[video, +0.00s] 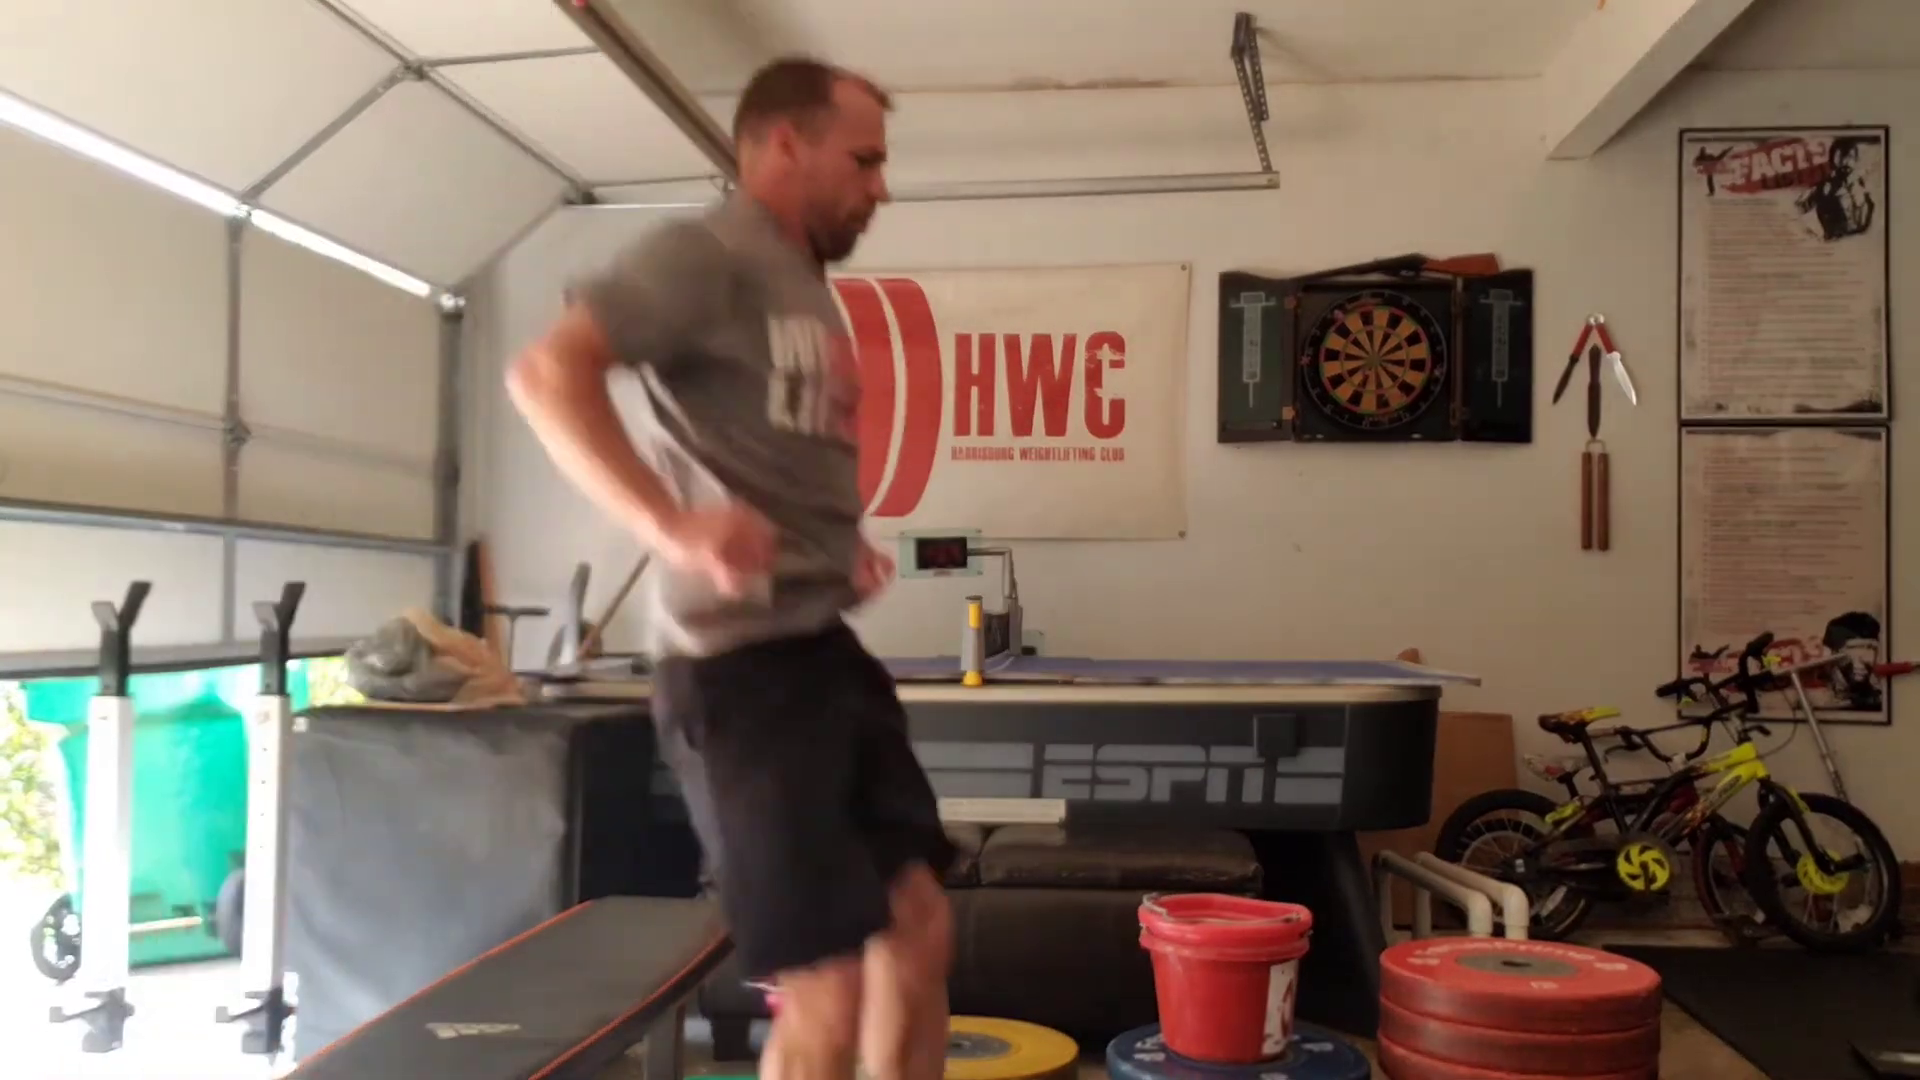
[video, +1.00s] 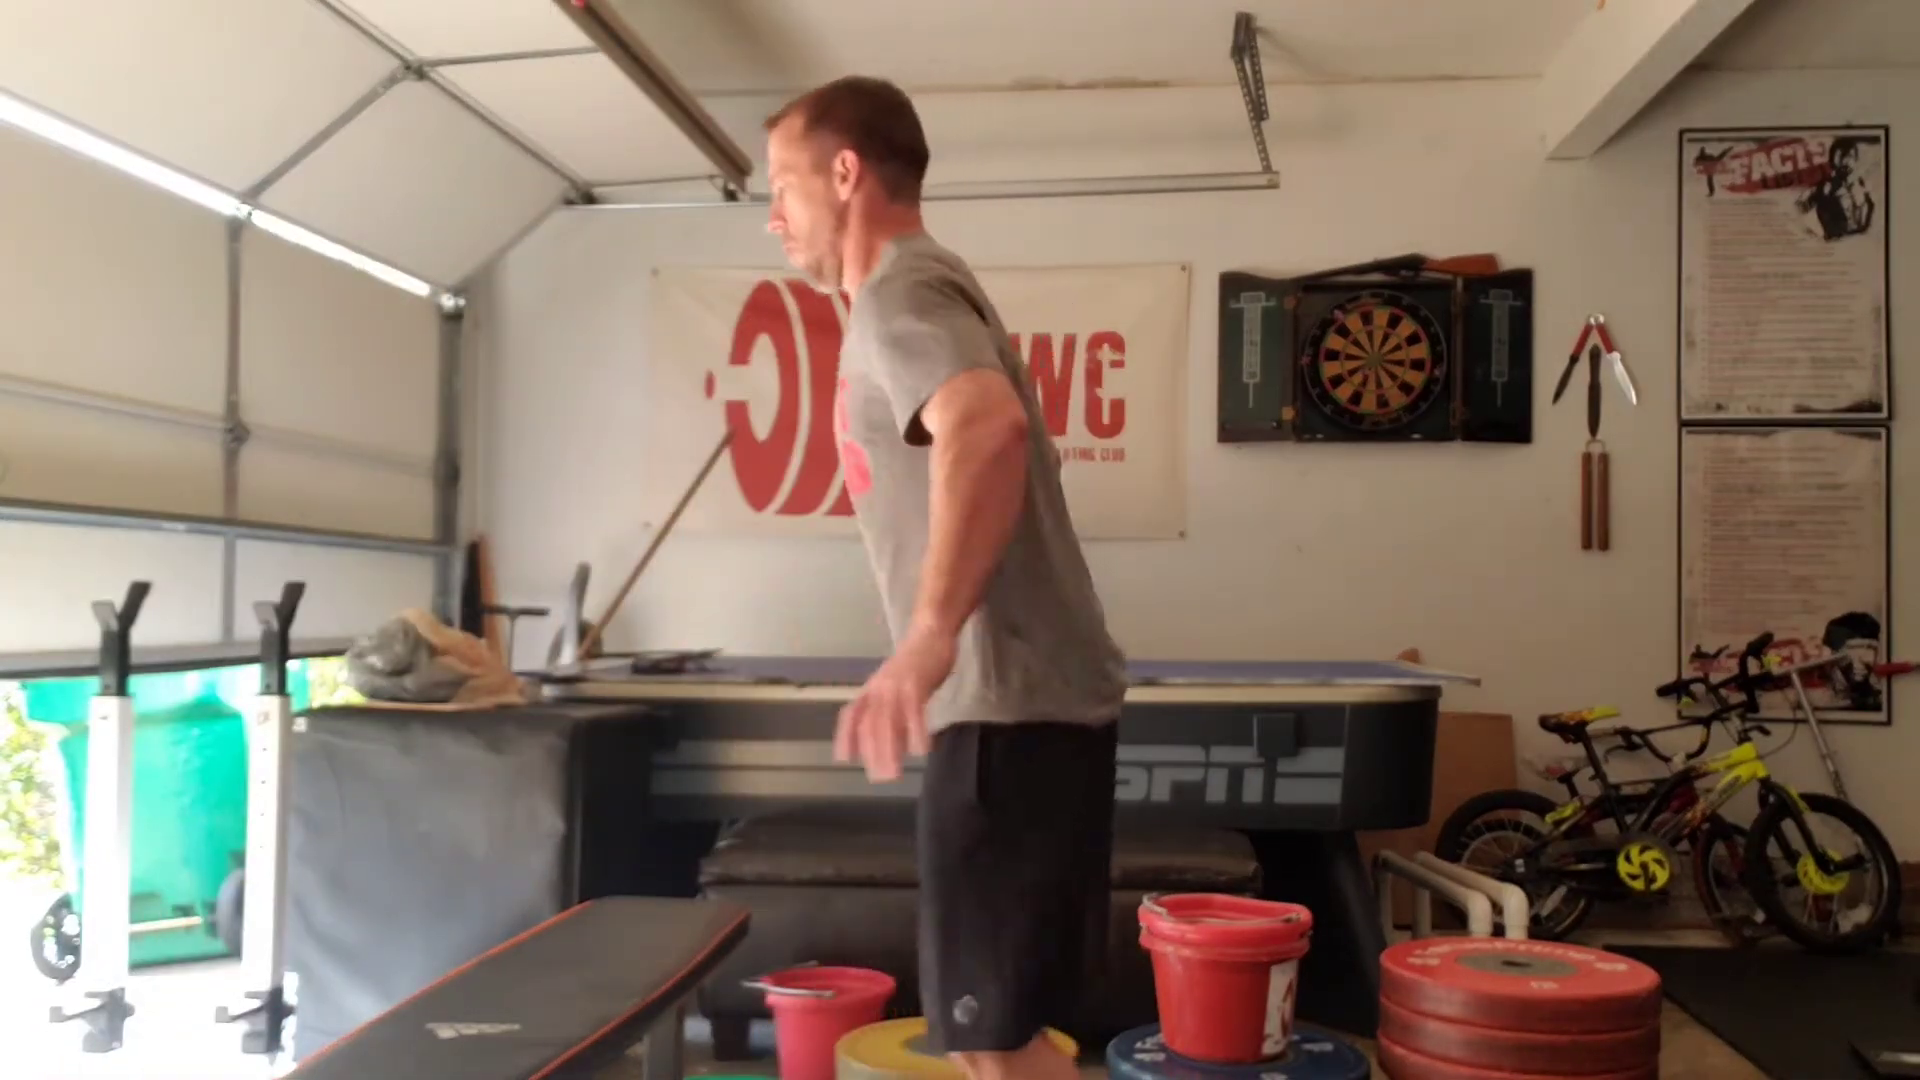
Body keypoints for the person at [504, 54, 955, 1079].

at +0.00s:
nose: (881, 190)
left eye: (882, 165)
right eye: (867, 161)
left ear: (794, 152)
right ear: (785, 146)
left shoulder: (799, 279)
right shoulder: (705, 253)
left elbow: (735, 440)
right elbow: (546, 371)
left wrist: (832, 537)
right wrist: (671, 523)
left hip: (825, 655)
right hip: (736, 672)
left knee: (918, 922)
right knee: (822, 986)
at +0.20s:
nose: (870, 230)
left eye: (879, 208)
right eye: (839, 212)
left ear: (892, 223)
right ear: (777, 239)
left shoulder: (943, 396)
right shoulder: (729, 392)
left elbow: (999, 542)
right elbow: (675, 575)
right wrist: (848, 634)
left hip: (926, 750)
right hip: (793, 752)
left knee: (991, 1019)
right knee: (889, 1039)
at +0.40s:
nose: (797, 174)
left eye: (820, 148)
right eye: (785, 157)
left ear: (897, 151)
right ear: (777, 174)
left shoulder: (1014, 309)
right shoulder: (762, 345)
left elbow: (1110, 476)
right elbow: (737, 509)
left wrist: (1018, 477)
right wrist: (751, 578)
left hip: (977, 708)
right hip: (819, 717)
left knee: (988, 996)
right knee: (829, 1006)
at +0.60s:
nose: (818, 193)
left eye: (833, 164)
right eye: (816, 169)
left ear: (907, 157)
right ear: (893, 164)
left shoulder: (1006, 311)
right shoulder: (879, 337)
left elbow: (1090, 507)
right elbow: (867, 521)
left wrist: (917, 605)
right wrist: (786, 614)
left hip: (1003, 733)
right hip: (886, 734)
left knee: (1038, 1041)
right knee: (866, 1014)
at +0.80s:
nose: (830, 203)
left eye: (839, 172)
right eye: (827, 178)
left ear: (907, 157)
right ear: (914, 163)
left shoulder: (974, 295)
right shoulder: (930, 306)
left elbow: (990, 501)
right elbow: (944, 528)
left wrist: (799, 602)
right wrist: (837, 643)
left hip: (1019, 712)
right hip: (958, 706)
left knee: (1033, 1037)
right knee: (912, 961)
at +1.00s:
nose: (775, 220)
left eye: (781, 189)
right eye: (771, 195)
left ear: (848, 174)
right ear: (858, 178)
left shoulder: (904, 291)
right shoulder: (924, 285)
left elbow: (988, 429)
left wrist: (924, 641)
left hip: (1009, 706)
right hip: (1017, 699)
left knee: (1002, 1033)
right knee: (1009, 1027)